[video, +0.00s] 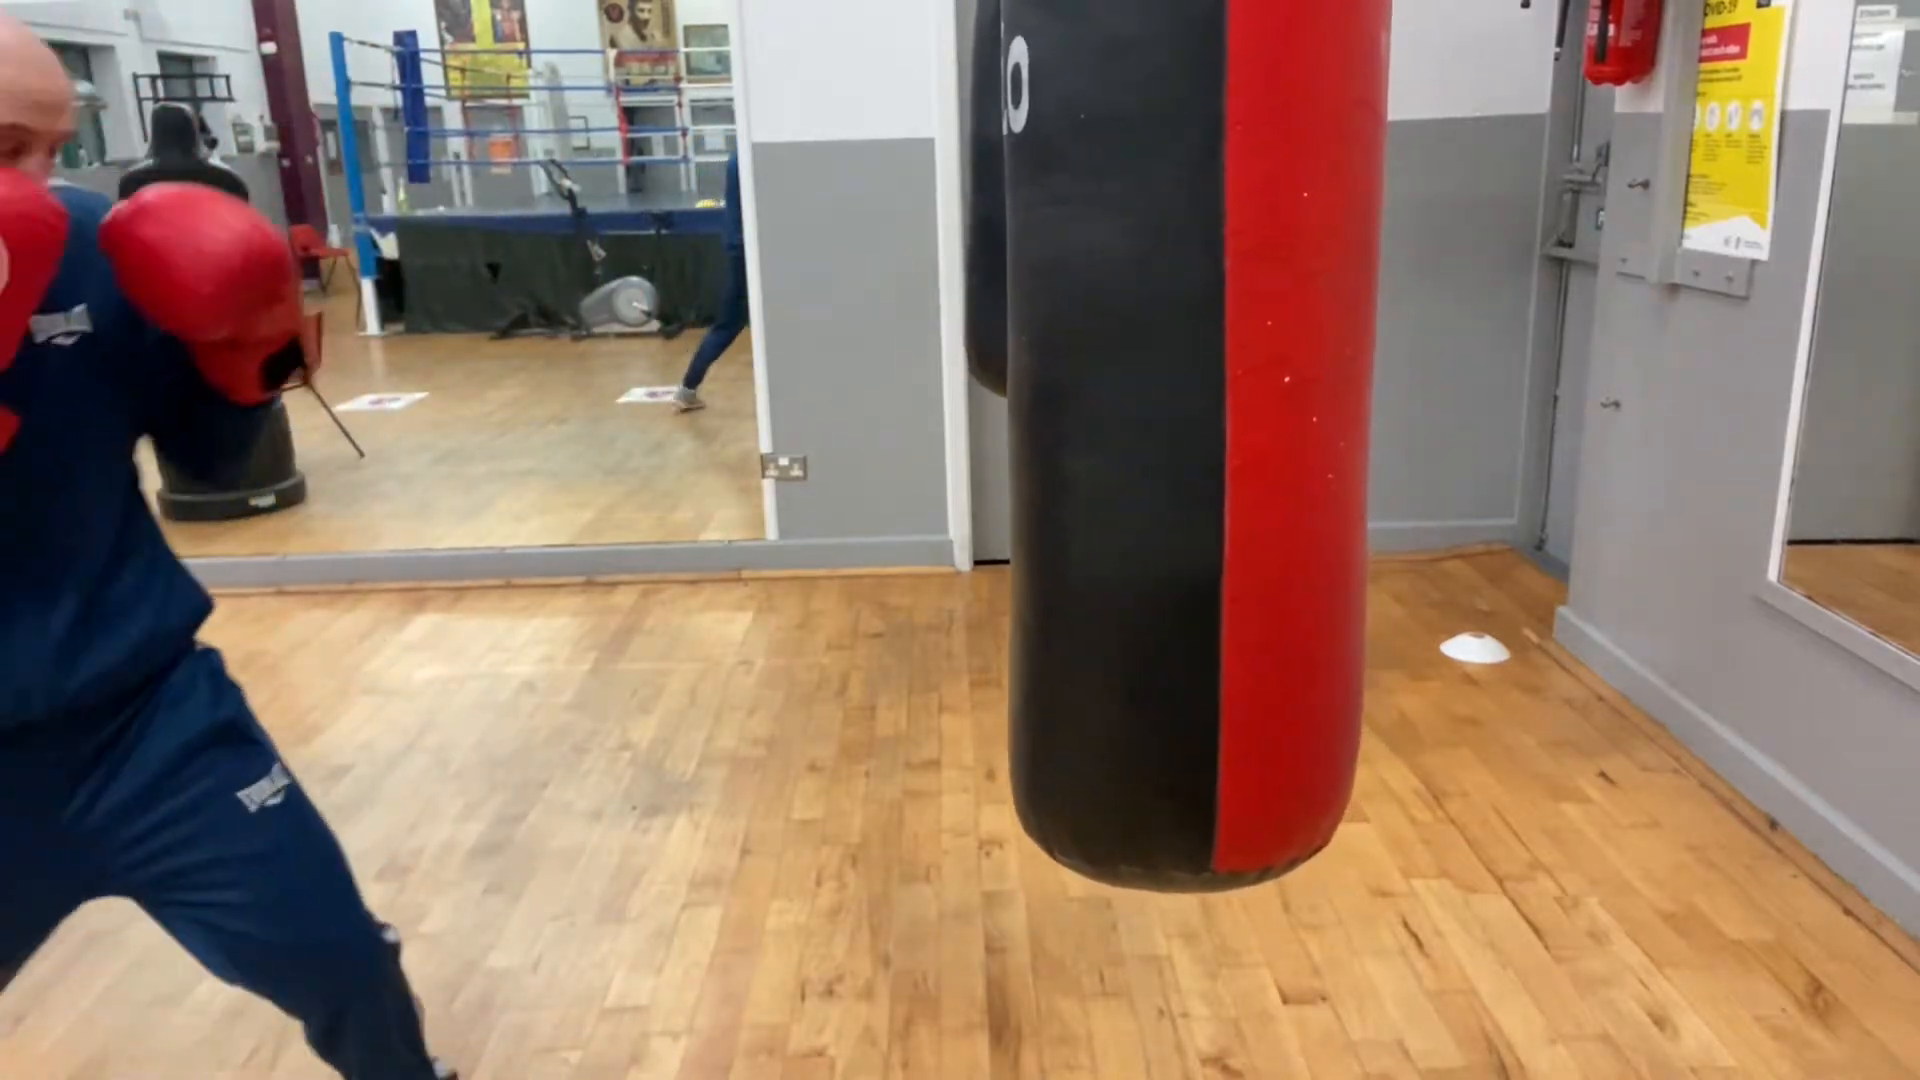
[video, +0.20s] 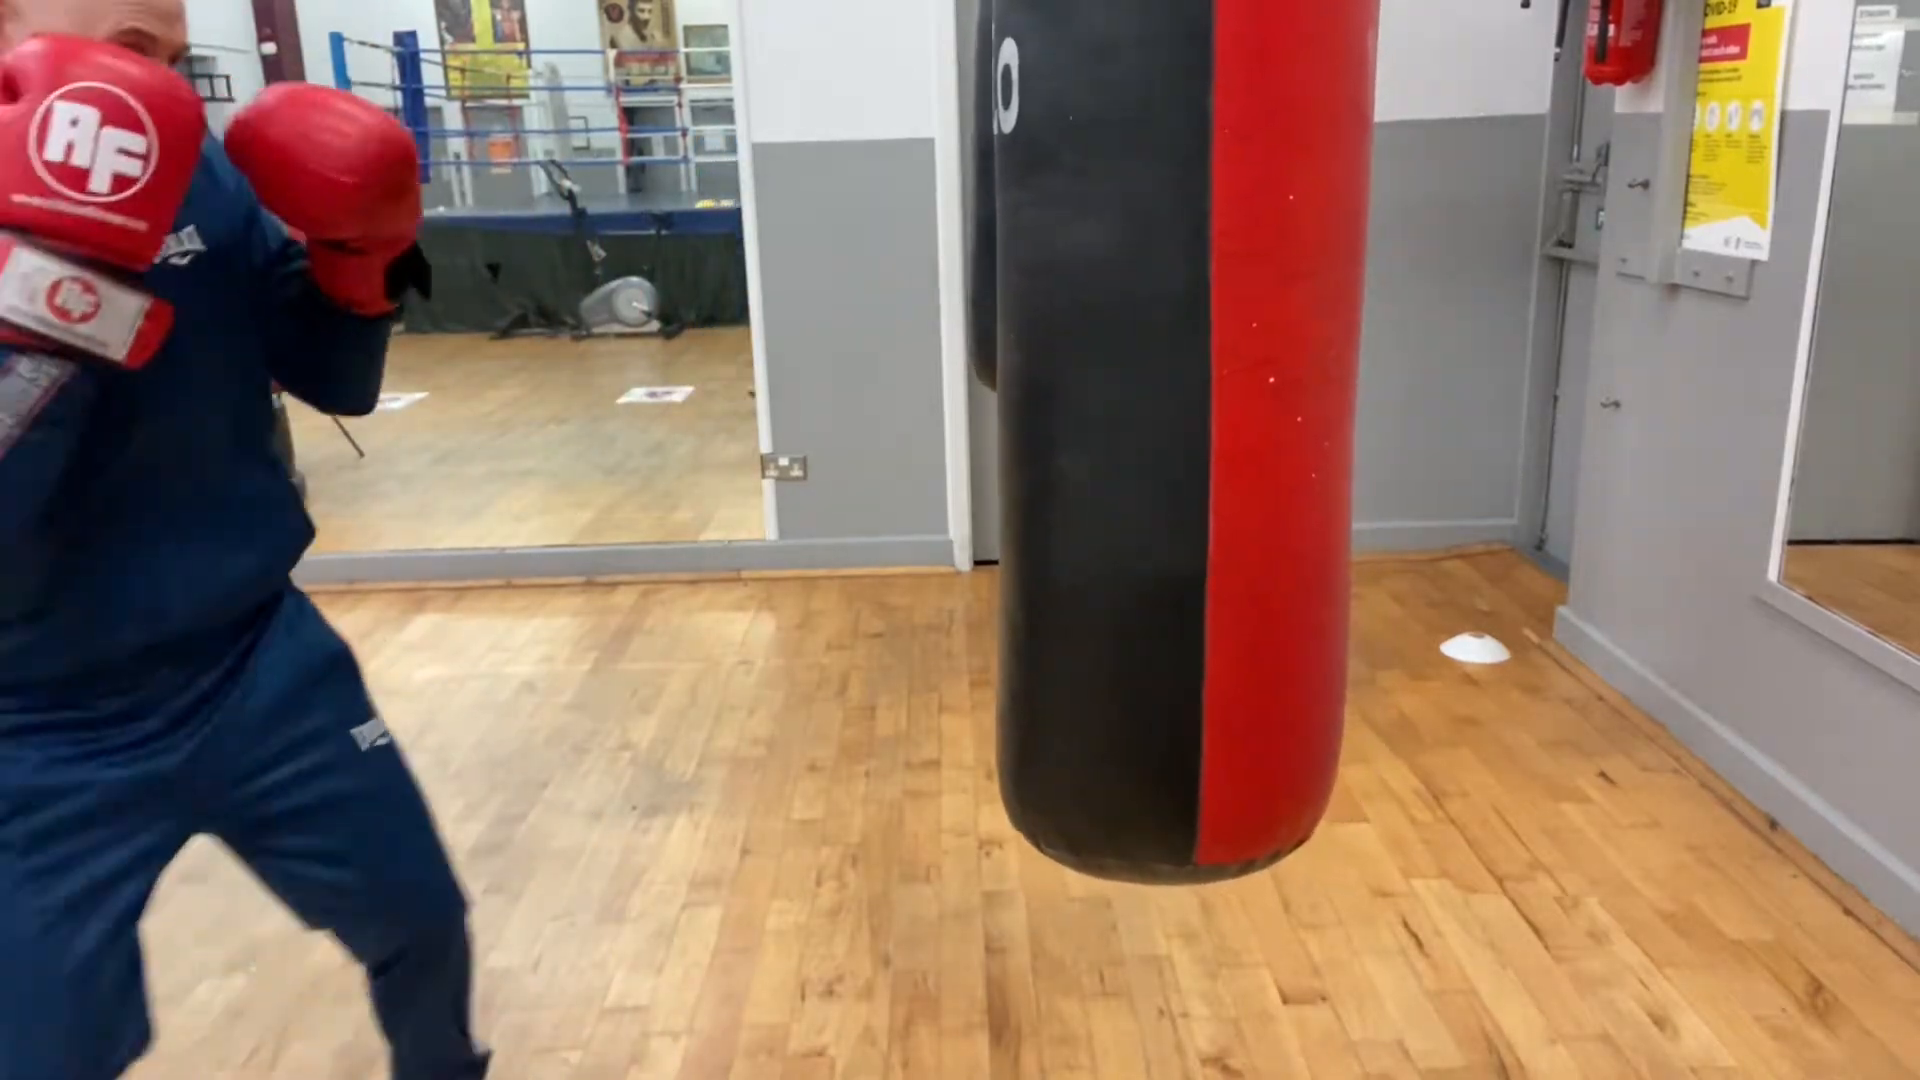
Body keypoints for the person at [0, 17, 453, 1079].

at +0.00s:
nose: (33, 179)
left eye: (49, 148)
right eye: (14, 148)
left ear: (70, 140)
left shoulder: (94, 248)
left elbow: (205, 453)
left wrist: (243, 354)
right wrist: (13, 332)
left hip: (145, 712)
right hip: (6, 760)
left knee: (336, 957)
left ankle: (404, 1075)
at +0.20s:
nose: (149, 85)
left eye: (161, 51)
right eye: (114, 48)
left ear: (178, 50)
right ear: (16, 60)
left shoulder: (195, 166)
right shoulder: (13, 228)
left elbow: (338, 382)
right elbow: (7, 545)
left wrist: (359, 263)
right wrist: (41, 315)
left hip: (256, 667)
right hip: (46, 732)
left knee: (422, 923)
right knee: (52, 1054)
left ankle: (441, 1067)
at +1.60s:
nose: (1013, 183)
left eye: (1020, 152)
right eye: (988, 151)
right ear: (890, 139)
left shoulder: (956, 271)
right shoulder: (771, 229)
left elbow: (1002, 462)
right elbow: (678, 432)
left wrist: (1056, 338)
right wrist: (866, 317)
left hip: (866, 686)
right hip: (723, 701)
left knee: (1024, 857)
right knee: (669, 1065)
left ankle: (980, 1042)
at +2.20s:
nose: (522, 189)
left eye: (539, 154)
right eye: (493, 152)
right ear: (366, 108)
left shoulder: (537, 241)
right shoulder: (192, 269)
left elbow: (636, 482)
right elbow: (198, 583)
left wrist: (673, 375)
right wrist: (377, 416)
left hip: (560, 772)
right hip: (324, 819)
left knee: (747, 1011)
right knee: (248, 1071)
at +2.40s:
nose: (299, 72)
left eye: (316, 29)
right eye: (268, 22)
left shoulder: (288, 151)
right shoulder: (10, 172)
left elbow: (405, 423)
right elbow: (2, 531)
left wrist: (436, 314)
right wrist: (146, 341)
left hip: (376, 702)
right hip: (134, 767)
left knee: (563, 964)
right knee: (116, 1064)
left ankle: (597, 1077)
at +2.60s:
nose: (189, 113)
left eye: (206, 71)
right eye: (150, 65)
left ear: (223, 59)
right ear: (16, 38)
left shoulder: (201, 230)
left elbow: (327, 485)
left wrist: (340, 353)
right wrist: (46, 402)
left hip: (280, 775)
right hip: (55, 836)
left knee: (409, 1049)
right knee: (57, 1070)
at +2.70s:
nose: (191, 36)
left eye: (204, 2)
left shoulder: (197, 164)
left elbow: (315, 428)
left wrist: (332, 292)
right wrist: (33, 318)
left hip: (255, 707)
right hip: (40, 758)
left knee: (359, 1011)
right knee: (67, 1062)